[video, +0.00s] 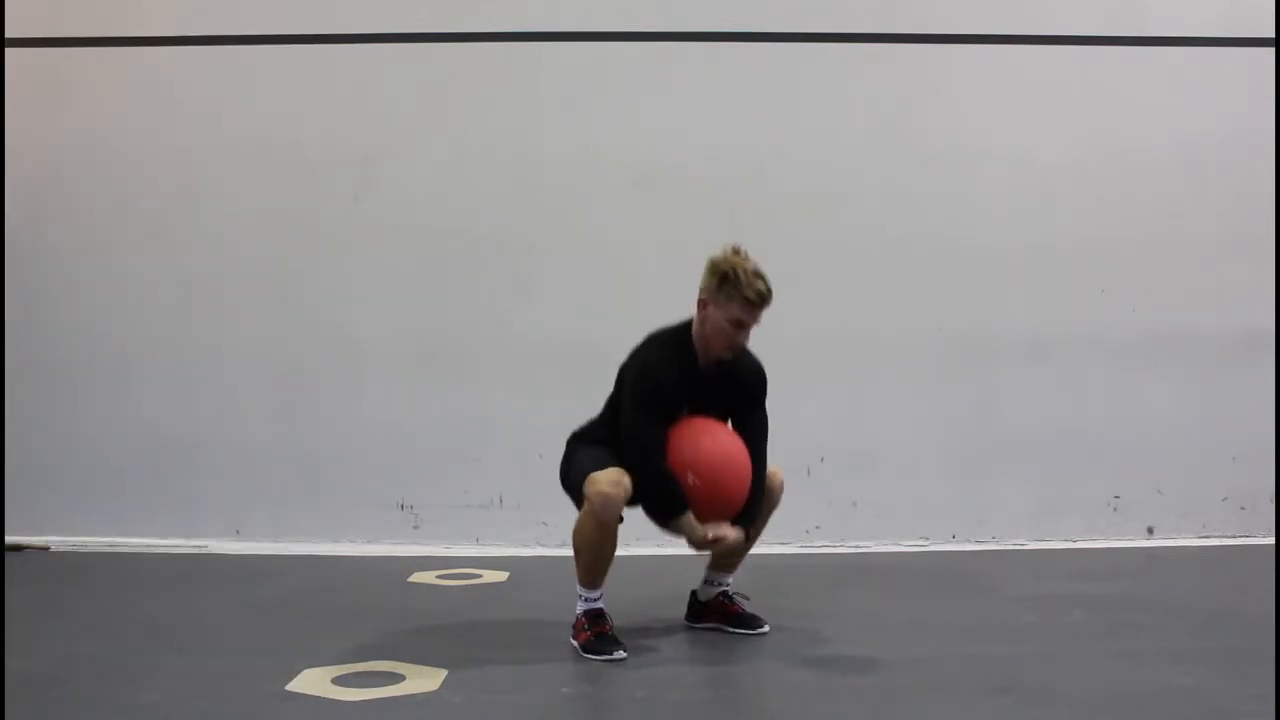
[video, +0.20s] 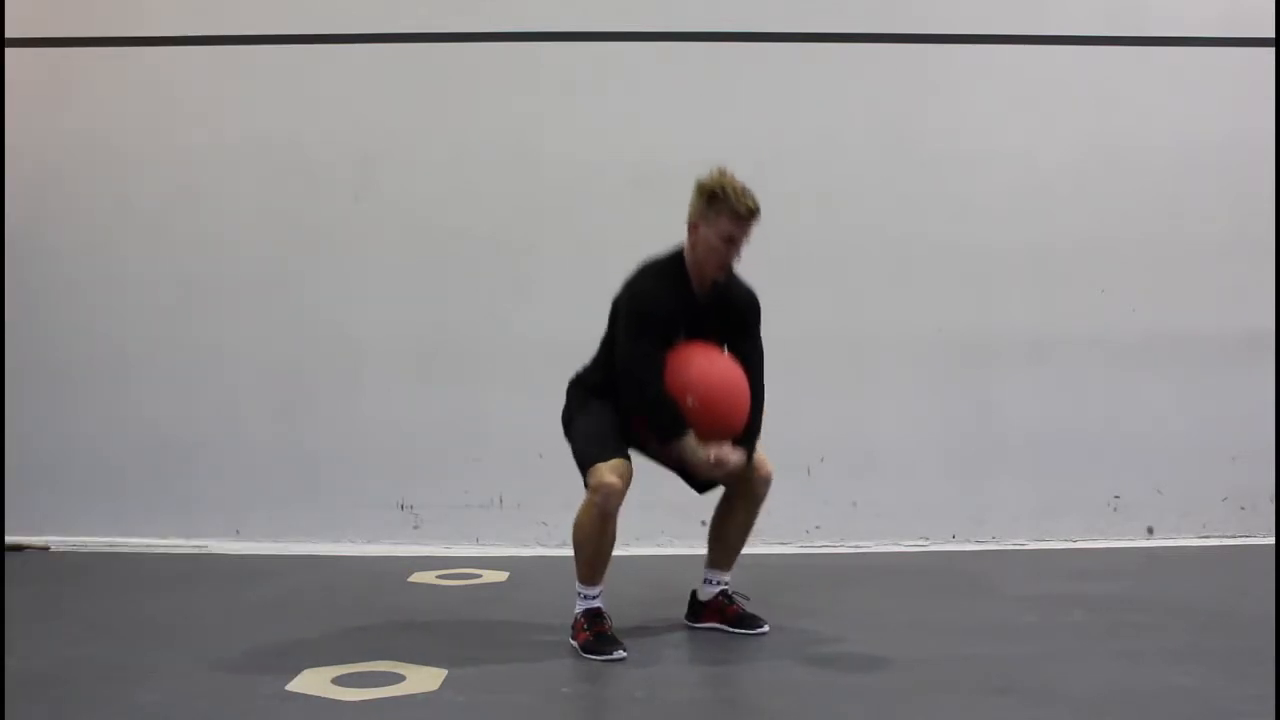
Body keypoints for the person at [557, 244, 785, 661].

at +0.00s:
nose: (743, 339)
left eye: (750, 327)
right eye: (736, 325)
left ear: (757, 321)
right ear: (703, 307)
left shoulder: (747, 375)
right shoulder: (654, 359)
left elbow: (753, 461)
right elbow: (641, 455)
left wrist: (741, 526)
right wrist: (687, 523)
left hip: (680, 466)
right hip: (607, 451)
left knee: (770, 484)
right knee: (608, 490)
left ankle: (710, 597)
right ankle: (590, 614)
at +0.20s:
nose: (735, 254)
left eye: (741, 243)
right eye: (727, 241)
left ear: (745, 239)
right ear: (695, 230)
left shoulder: (739, 302)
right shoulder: (648, 289)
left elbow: (750, 382)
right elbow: (634, 382)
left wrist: (742, 444)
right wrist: (685, 444)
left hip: (666, 409)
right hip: (602, 399)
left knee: (755, 473)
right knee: (610, 483)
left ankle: (711, 597)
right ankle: (588, 613)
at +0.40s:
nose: (707, 151)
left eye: (714, 140)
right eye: (697, 139)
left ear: (719, 142)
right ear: (666, 135)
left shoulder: (724, 215)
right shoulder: (632, 205)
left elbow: (749, 290)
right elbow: (637, 289)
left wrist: (750, 340)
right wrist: (698, 337)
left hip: (670, 353)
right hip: (608, 348)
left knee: (720, 463)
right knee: (610, 469)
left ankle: (708, 597)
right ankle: (588, 611)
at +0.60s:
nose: (674, 117)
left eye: (683, 107)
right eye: (663, 105)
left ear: (690, 108)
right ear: (635, 103)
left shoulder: (706, 176)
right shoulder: (612, 171)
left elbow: (751, 237)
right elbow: (634, 229)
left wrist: (762, 267)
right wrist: (703, 264)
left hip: (682, 337)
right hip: (619, 337)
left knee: (700, 464)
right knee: (613, 467)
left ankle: (706, 598)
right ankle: (588, 611)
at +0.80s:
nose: (664, 120)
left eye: (672, 110)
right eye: (653, 108)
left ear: (678, 112)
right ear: (623, 108)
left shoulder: (696, 177)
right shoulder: (605, 175)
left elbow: (749, 232)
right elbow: (637, 230)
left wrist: (762, 259)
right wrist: (717, 258)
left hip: (690, 344)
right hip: (627, 347)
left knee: (710, 466)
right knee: (619, 472)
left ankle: (707, 598)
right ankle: (589, 611)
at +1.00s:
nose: (760, 169)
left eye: (768, 162)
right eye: (764, 155)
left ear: (743, 129)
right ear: (746, 126)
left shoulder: (690, 163)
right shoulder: (699, 169)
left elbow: (675, 263)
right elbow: (688, 259)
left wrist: (701, 341)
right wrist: (710, 339)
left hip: (653, 345)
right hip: (660, 348)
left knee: (672, 480)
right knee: (674, 481)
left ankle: (650, 620)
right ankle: (642, 628)